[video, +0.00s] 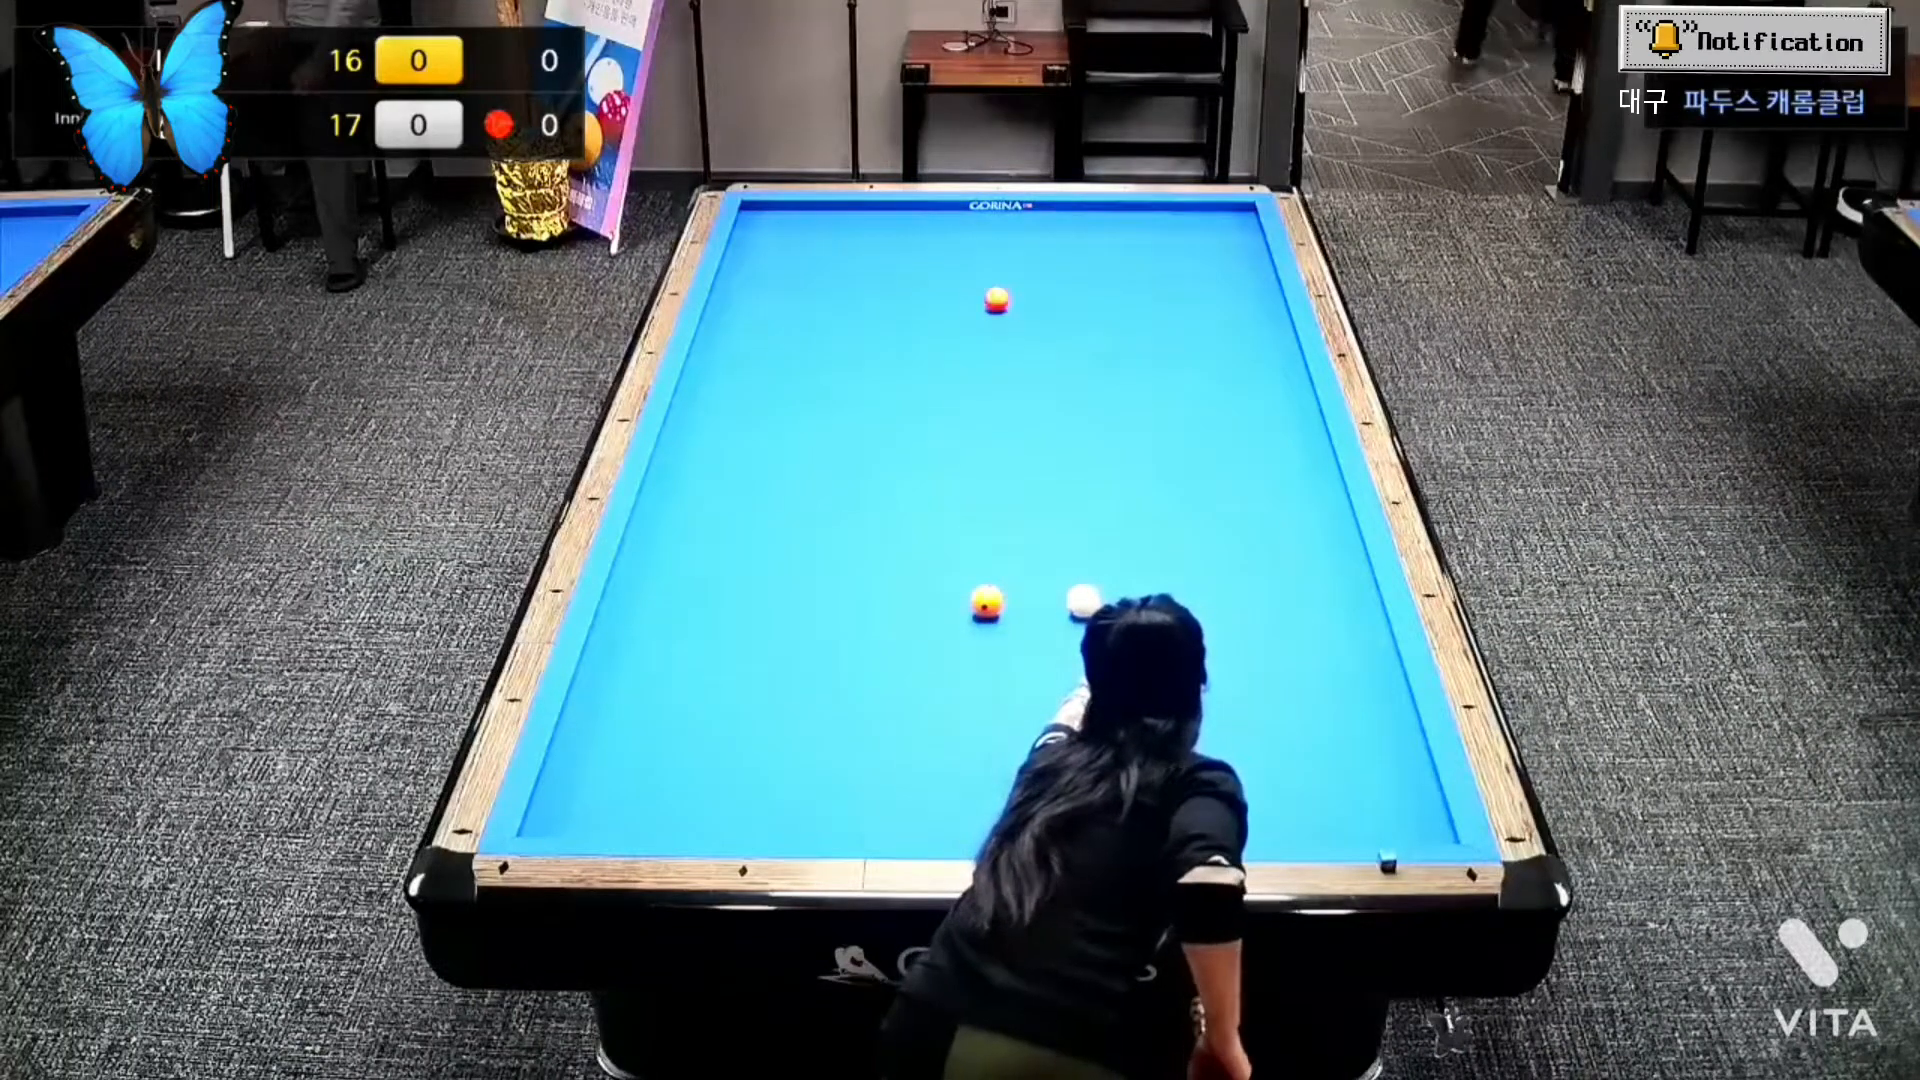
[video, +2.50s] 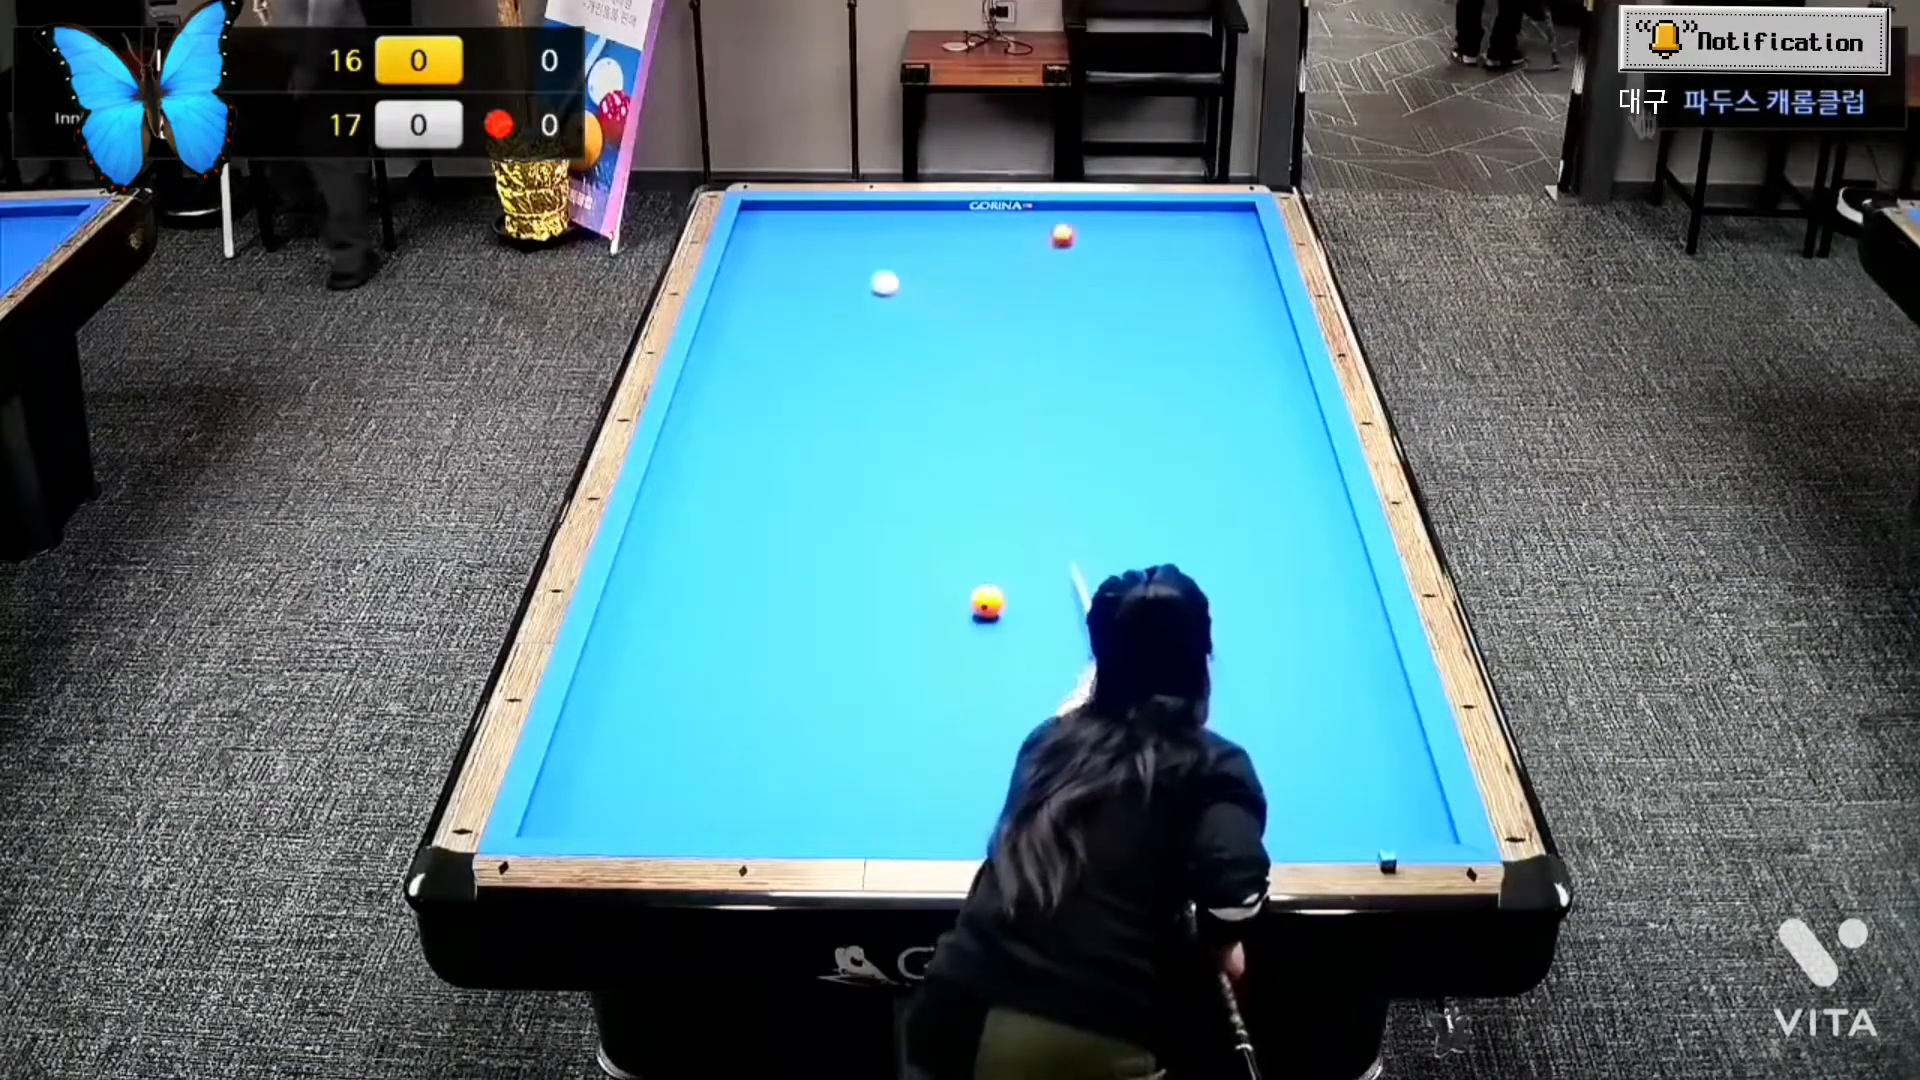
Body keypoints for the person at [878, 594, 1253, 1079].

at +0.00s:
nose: (1207, 680)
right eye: (1202, 670)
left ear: (1099, 685)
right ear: (1193, 683)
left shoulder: (1052, 756)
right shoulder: (1203, 780)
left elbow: (1071, 717)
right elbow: (1206, 889)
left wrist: (1091, 683)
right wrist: (1222, 1036)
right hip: (1080, 1044)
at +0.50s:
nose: (1209, 681)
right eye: (1204, 671)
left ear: (1099, 687)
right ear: (1195, 684)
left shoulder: (1052, 758)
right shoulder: (1205, 781)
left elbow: (1077, 704)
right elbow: (1212, 889)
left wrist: (1099, 669)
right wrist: (1222, 1024)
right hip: (1083, 1041)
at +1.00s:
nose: (1209, 683)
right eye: (1204, 673)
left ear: (1099, 688)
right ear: (1195, 686)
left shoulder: (1053, 758)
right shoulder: (1207, 782)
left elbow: (1079, 702)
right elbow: (1214, 887)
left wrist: (1103, 666)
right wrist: (1222, 1018)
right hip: (1092, 1041)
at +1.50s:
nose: (1214, 677)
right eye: (1209, 667)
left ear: (1102, 682)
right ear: (1200, 679)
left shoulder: (1055, 755)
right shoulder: (1212, 776)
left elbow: (1079, 705)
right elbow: (1221, 894)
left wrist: (1097, 673)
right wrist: (1234, 1052)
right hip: (1091, 1038)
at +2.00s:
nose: (1220, 672)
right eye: (1216, 660)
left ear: (1112, 671)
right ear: (1205, 669)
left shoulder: (1058, 748)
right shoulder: (1221, 771)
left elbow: (1077, 708)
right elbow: (1233, 872)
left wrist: (1104, 669)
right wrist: (1232, 937)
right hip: (1109, 1037)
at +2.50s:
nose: (1208, 660)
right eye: (1203, 648)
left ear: (1103, 656)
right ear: (1196, 658)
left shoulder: (1049, 740)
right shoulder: (1217, 764)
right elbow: (1232, 874)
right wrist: (1223, 943)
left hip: (988, 1012)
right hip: (1112, 1029)